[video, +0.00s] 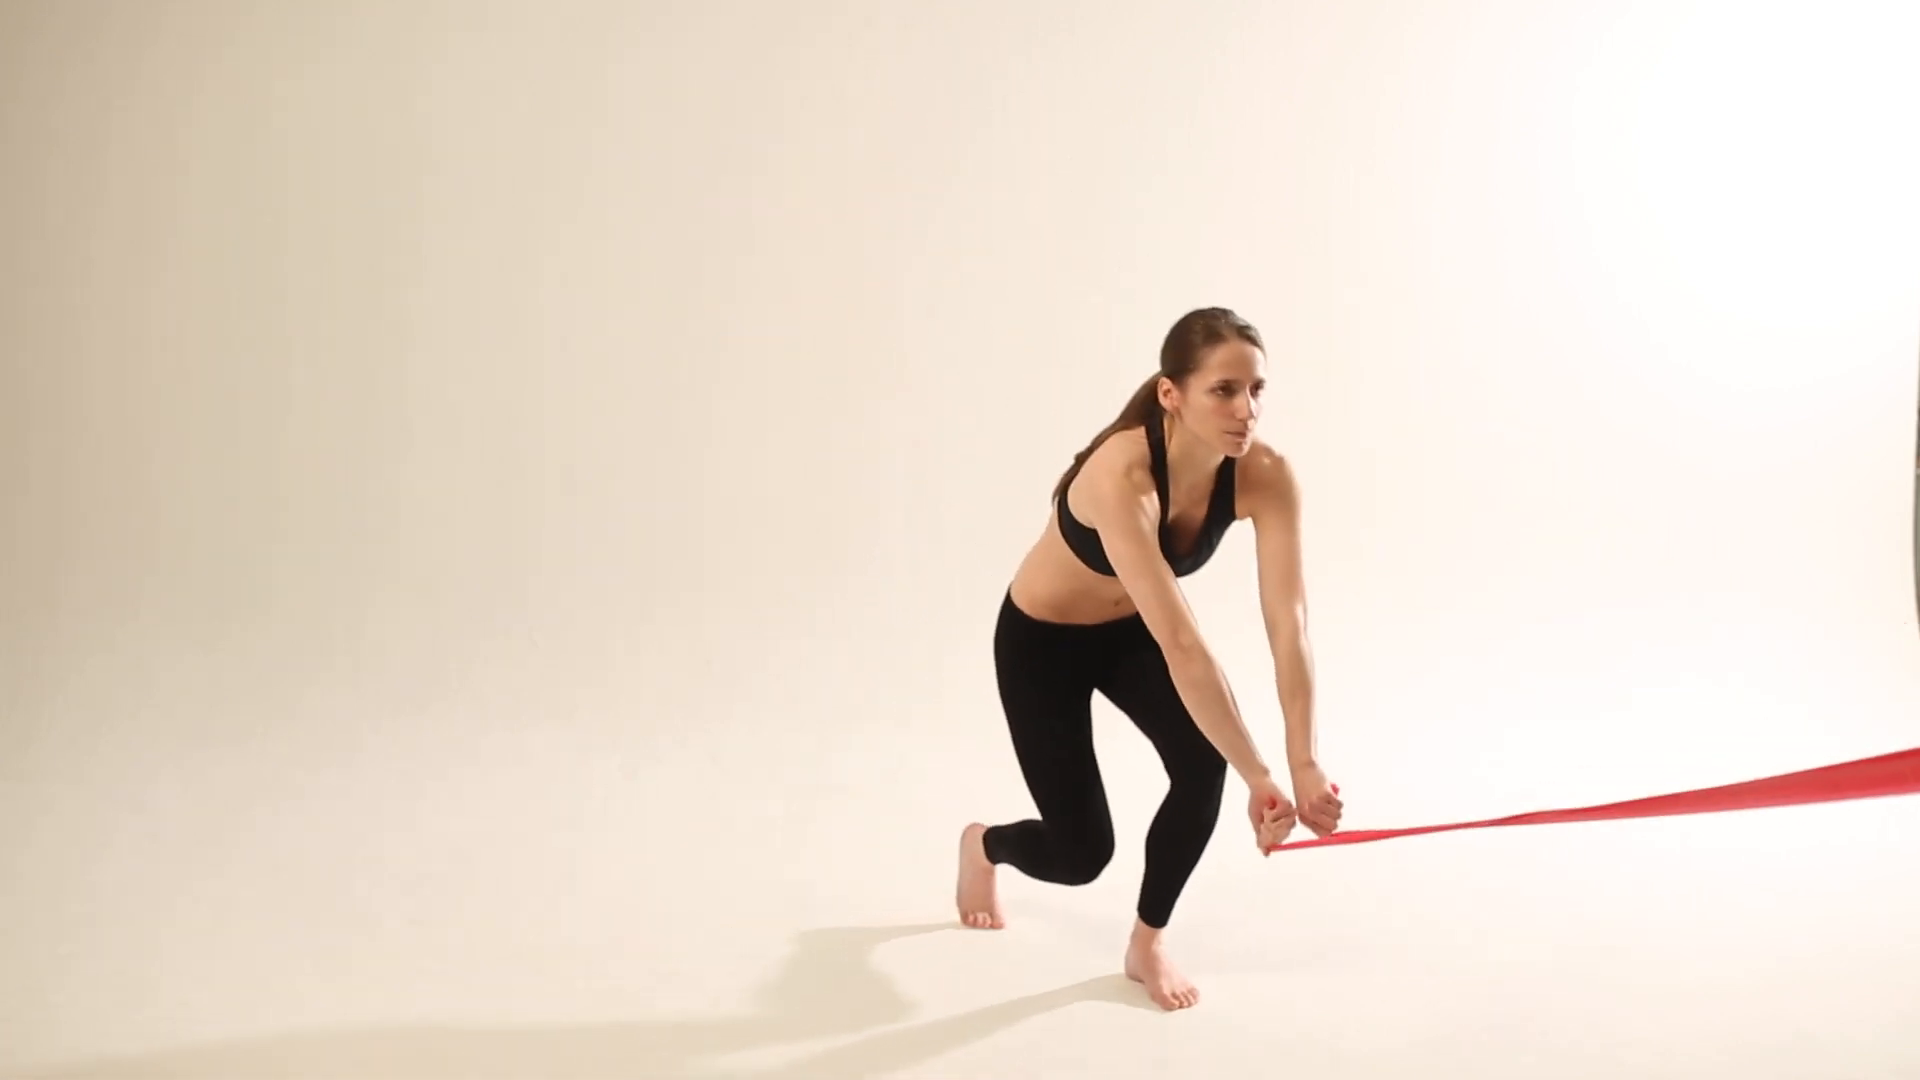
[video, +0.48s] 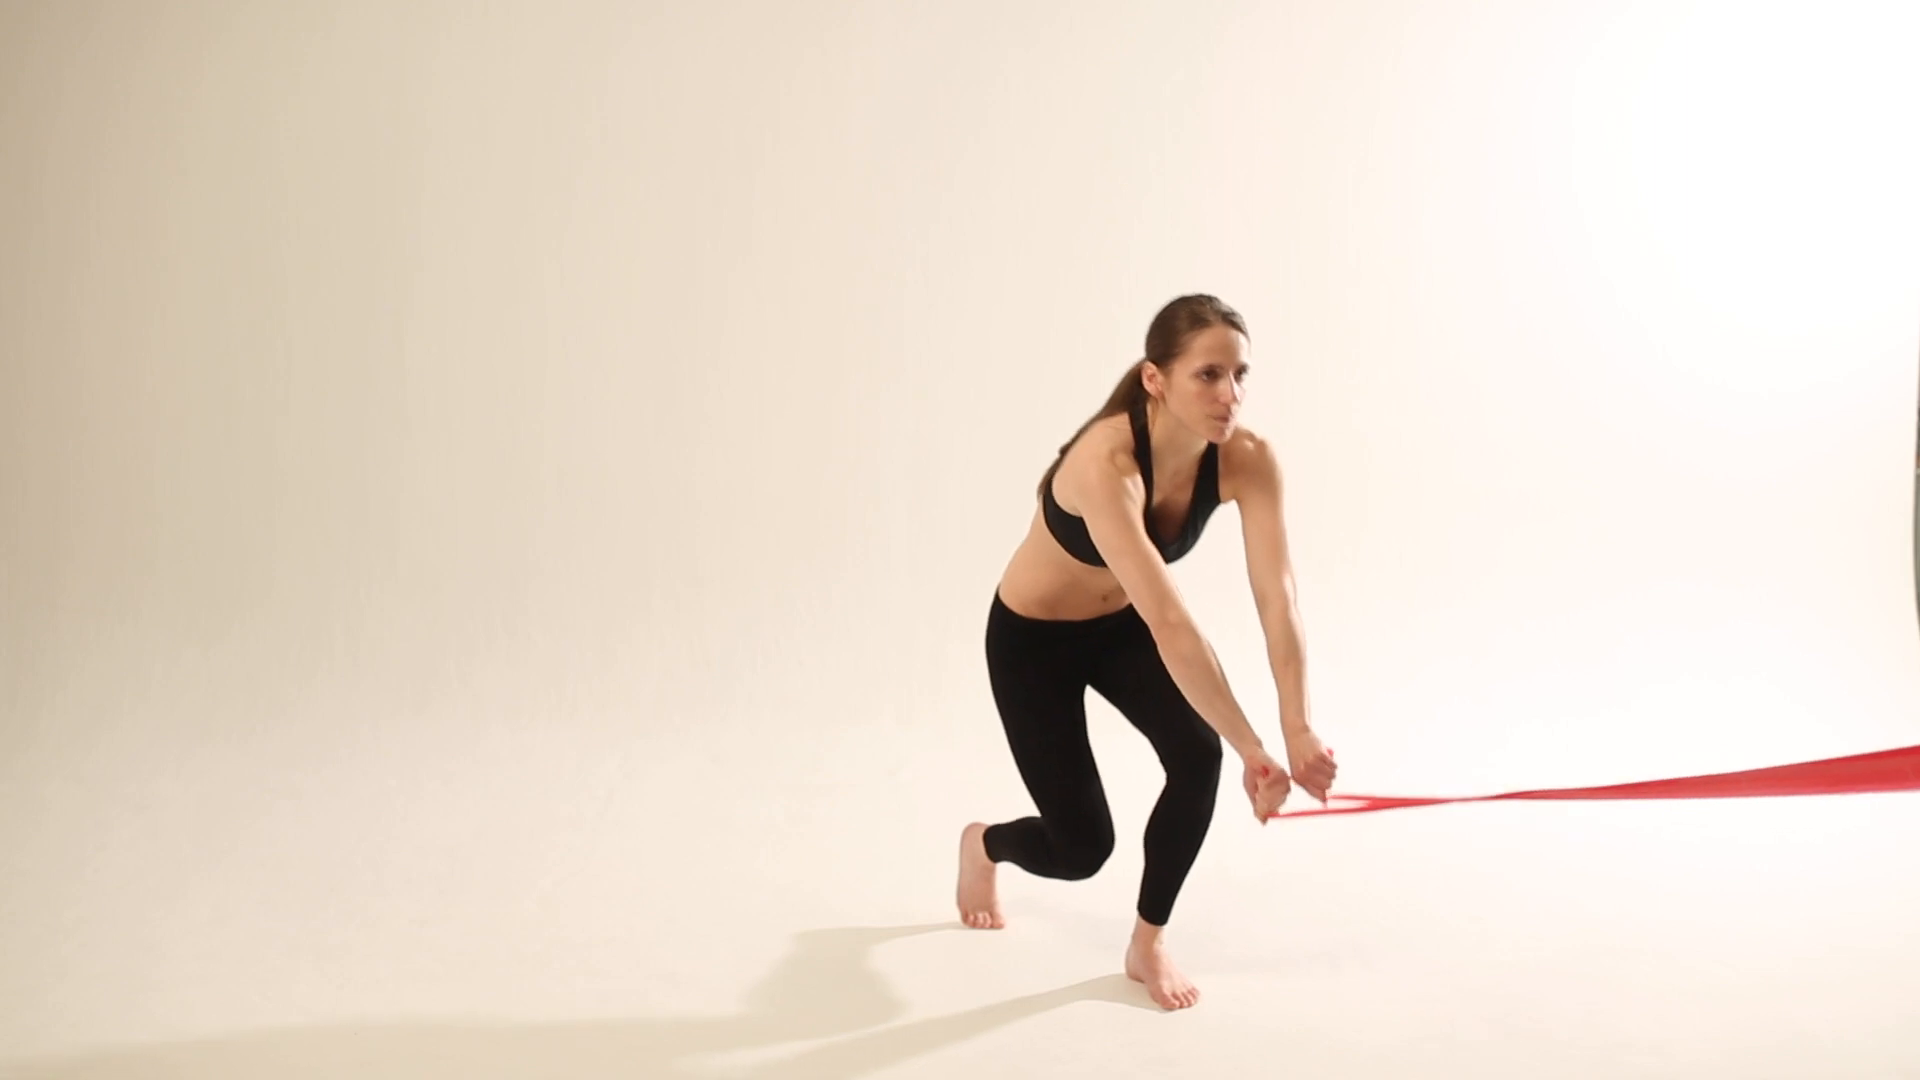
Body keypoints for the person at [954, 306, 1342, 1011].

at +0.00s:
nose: (1247, 410)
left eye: (1256, 389)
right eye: (1225, 391)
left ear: (1264, 389)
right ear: (1171, 395)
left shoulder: (1263, 476)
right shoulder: (1120, 474)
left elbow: (1287, 620)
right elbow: (1182, 646)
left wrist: (1302, 763)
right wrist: (1256, 779)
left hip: (1131, 633)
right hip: (1042, 641)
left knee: (1202, 765)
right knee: (1083, 850)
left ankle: (1147, 942)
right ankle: (982, 844)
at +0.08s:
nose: (1253, 419)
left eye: (1262, 398)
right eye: (1232, 400)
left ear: (1269, 398)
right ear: (1177, 402)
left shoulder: (1267, 482)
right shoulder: (1124, 481)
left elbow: (1290, 629)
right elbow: (1186, 651)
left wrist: (1304, 772)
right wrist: (1259, 786)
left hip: (1133, 635)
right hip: (1044, 643)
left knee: (1204, 768)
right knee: (1086, 852)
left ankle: (1147, 942)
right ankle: (982, 845)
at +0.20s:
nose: (1257, 421)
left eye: (1265, 400)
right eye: (1235, 402)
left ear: (1272, 401)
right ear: (1180, 405)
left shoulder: (1269, 482)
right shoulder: (1126, 482)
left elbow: (1291, 631)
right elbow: (1190, 653)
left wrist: (1305, 770)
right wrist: (1263, 787)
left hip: (1133, 633)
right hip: (1044, 641)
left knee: (1206, 767)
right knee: (1085, 852)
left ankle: (1148, 940)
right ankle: (983, 844)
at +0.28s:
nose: (1254, 421)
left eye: (1264, 400)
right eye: (1233, 401)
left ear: (1270, 400)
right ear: (1178, 404)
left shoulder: (1268, 481)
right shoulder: (1124, 481)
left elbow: (1290, 628)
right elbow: (1190, 651)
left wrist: (1304, 765)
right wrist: (1263, 783)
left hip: (1131, 633)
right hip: (1042, 641)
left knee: (1203, 764)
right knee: (1086, 852)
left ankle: (1148, 940)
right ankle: (982, 844)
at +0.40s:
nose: (1245, 412)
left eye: (1253, 392)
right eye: (1223, 393)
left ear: (1262, 392)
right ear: (1168, 396)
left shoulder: (1257, 475)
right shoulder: (1114, 475)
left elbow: (1283, 619)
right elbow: (1183, 641)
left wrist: (1300, 750)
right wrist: (1258, 771)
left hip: (1126, 632)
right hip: (1037, 640)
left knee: (1201, 758)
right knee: (1085, 851)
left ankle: (1148, 941)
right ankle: (982, 844)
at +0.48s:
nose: (1228, 395)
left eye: (1237, 375)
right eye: (1208, 375)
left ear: (1245, 377)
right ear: (1154, 380)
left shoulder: (1244, 460)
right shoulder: (1103, 464)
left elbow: (1276, 595)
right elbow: (1169, 622)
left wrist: (1297, 727)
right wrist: (1249, 750)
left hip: (1121, 626)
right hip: (1032, 636)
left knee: (1198, 757)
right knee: (1084, 845)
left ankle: (1148, 941)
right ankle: (982, 844)